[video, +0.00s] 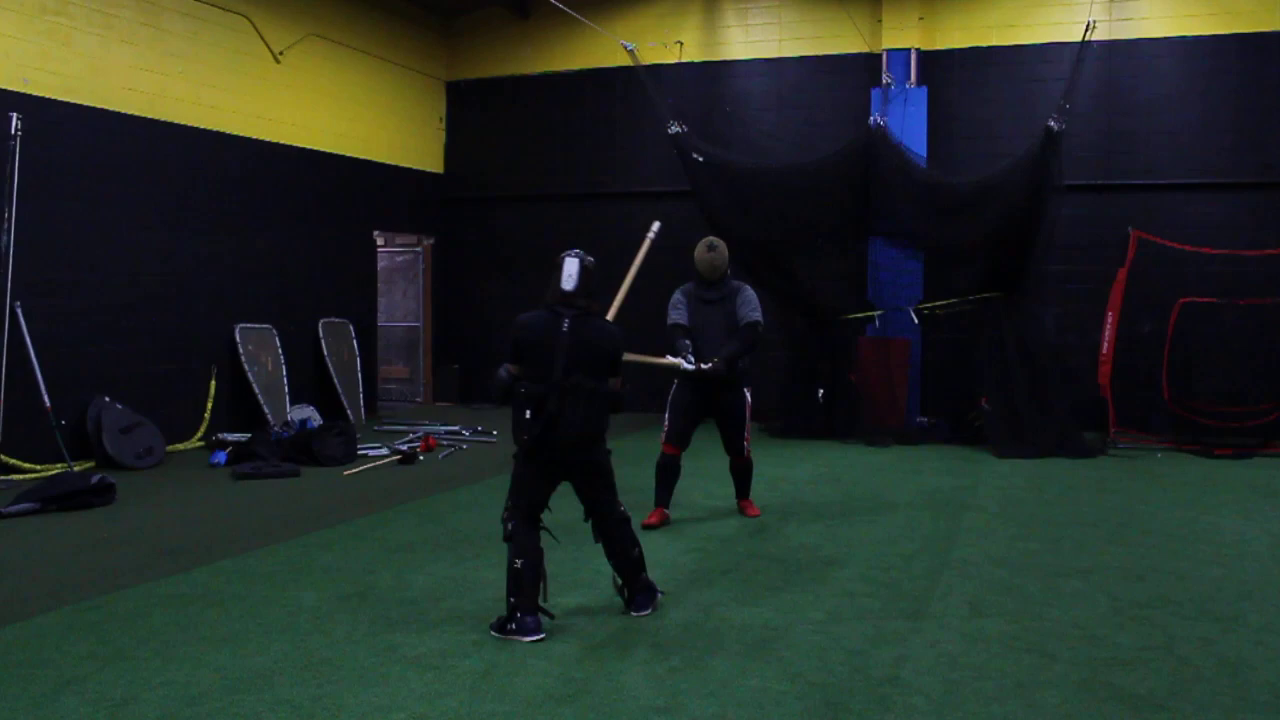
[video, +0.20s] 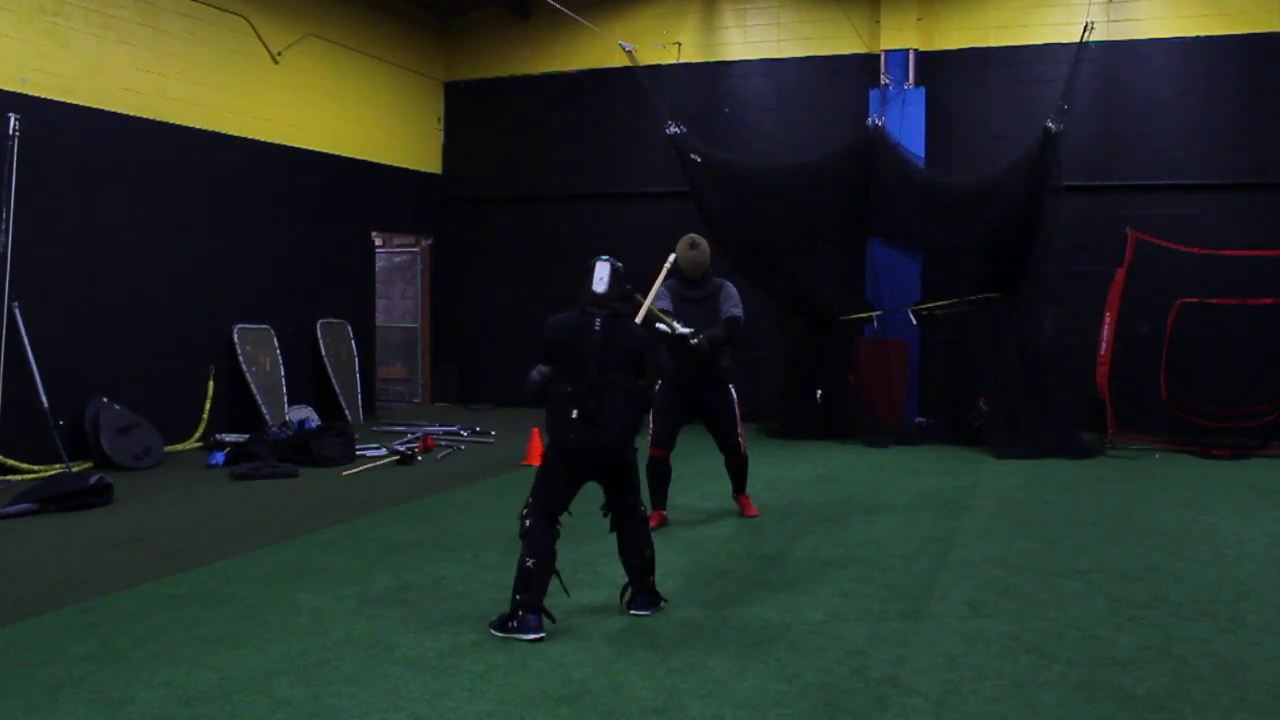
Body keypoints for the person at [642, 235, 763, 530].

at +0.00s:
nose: (711, 275)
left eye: (716, 269)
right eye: (706, 269)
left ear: (725, 266)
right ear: (698, 266)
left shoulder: (743, 293)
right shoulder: (682, 295)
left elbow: (752, 332)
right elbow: (677, 330)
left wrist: (725, 360)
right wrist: (685, 352)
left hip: (730, 382)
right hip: (690, 381)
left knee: (738, 448)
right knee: (672, 445)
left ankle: (744, 500)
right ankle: (661, 508)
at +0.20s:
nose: (693, 272)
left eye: (698, 266)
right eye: (688, 267)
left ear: (707, 262)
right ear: (678, 265)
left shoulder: (724, 289)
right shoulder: (666, 290)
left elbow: (734, 325)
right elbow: (661, 320)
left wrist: (705, 339)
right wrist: (675, 330)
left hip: (715, 380)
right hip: (674, 381)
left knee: (734, 446)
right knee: (658, 448)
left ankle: (741, 496)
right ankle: (658, 510)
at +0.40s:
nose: (686, 272)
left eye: (690, 265)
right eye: (679, 267)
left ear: (699, 264)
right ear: (671, 267)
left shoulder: (714, 288)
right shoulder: (658, 293)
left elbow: (727, 319)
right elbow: (645, 322)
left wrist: (692, 326)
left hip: (711, 382)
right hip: (670, 384)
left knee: (735, 443)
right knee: (657, 448)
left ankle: (742, 503)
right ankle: (658, 511)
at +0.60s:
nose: (693, 275)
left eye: (697, 268)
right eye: (687, 269)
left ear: (705, 268)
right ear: (677, 270)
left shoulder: (722, 290)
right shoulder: (665, 296)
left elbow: (736, 323)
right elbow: (654, 327)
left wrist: (707, 333)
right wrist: (679, 331)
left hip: (719, 385)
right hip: (677, 386)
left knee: (742, 444)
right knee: (661, 449)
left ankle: (745, 506)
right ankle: (659, 512)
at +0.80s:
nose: (708, 281)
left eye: (713, 275)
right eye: (703, 276)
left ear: (721, 270)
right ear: (692, 272)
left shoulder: (739, 293)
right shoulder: (677, 298)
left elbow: (748, 327)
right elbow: (675, 331)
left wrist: (718, 337)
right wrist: (703, 337)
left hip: (734, 387)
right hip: (691, 387)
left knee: (753, 449)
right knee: (669, 448)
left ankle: (746, 506)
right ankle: (661, 510)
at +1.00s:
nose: (716, 277)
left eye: (720, 272)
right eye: (710, 272)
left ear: (729, 267)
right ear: (700, 268)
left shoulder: (746, 292)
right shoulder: (685, 293)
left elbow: (752, 326)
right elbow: (682, 321)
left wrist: (716, 340)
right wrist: (693, 344)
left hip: (735, 385)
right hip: (693, 384)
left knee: (750, 450)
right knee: (668, 442)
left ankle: (743, 507)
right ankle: (667, 504)